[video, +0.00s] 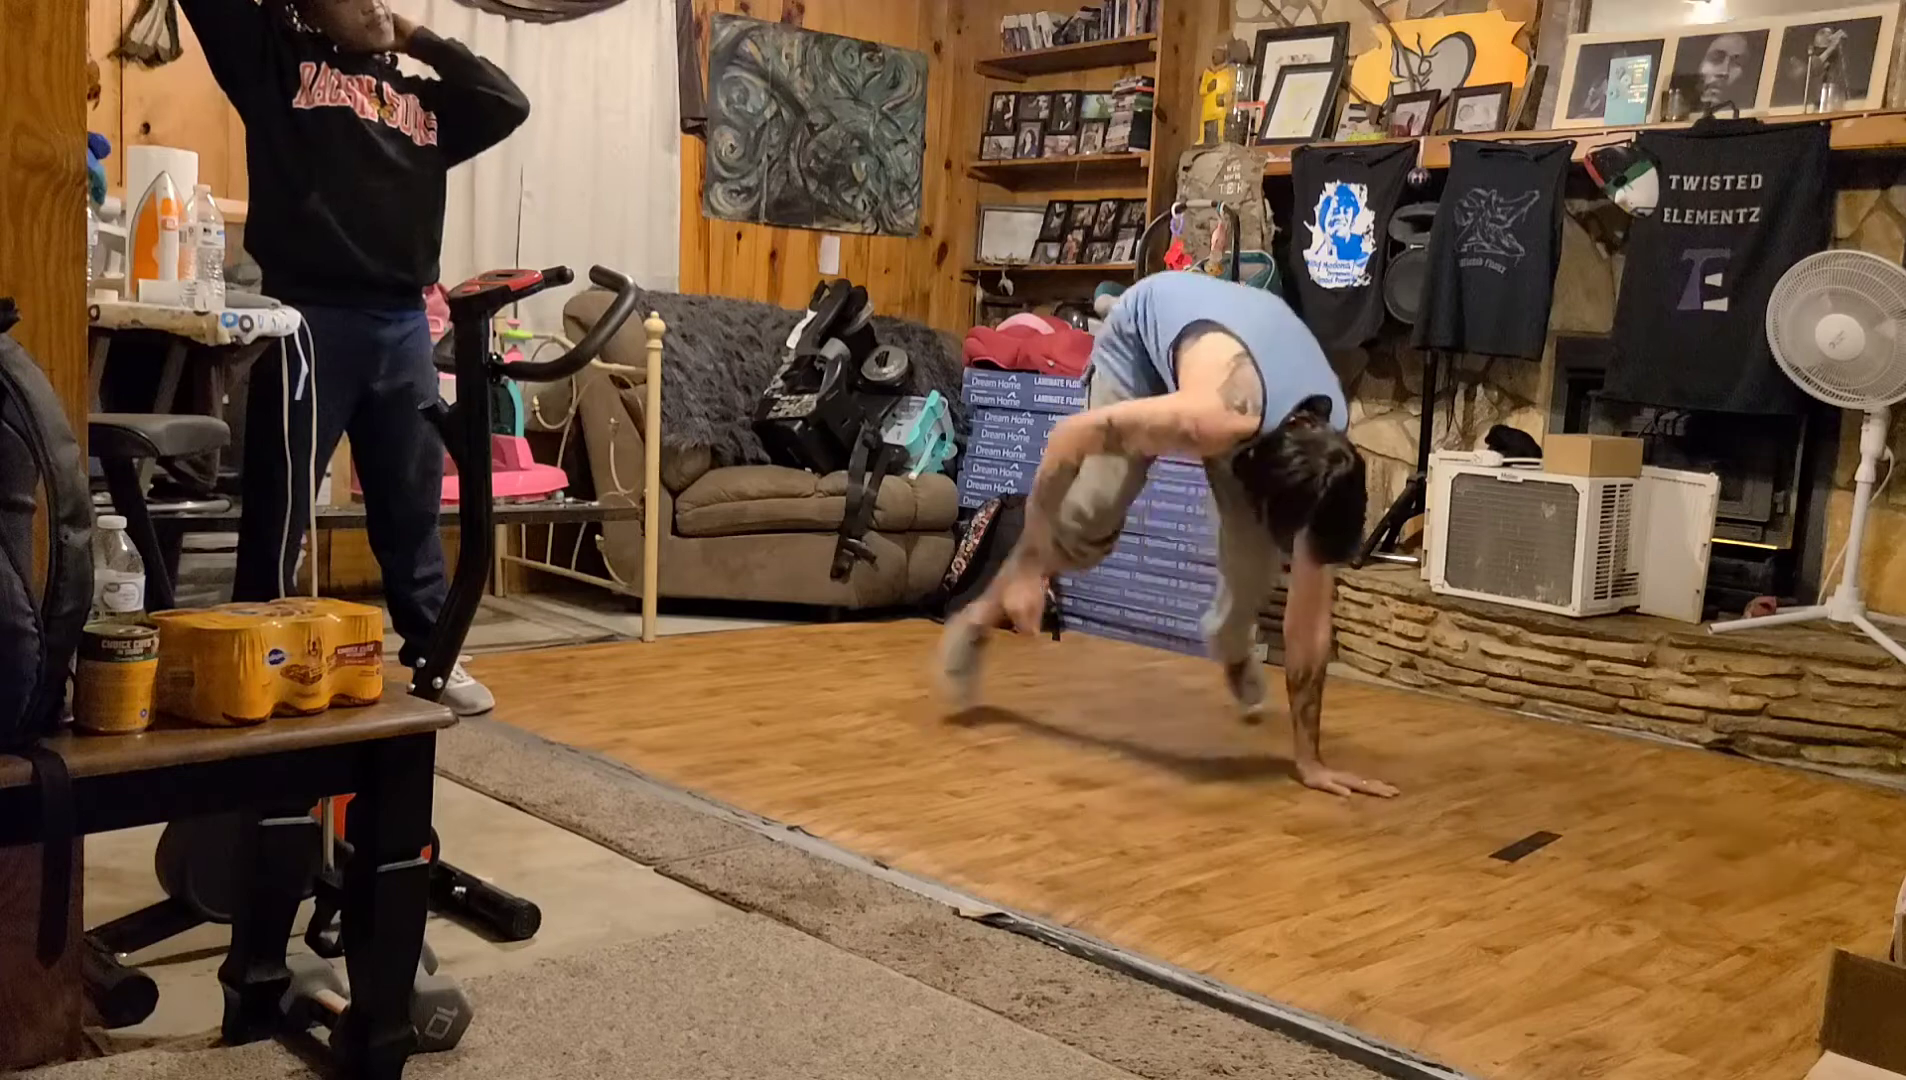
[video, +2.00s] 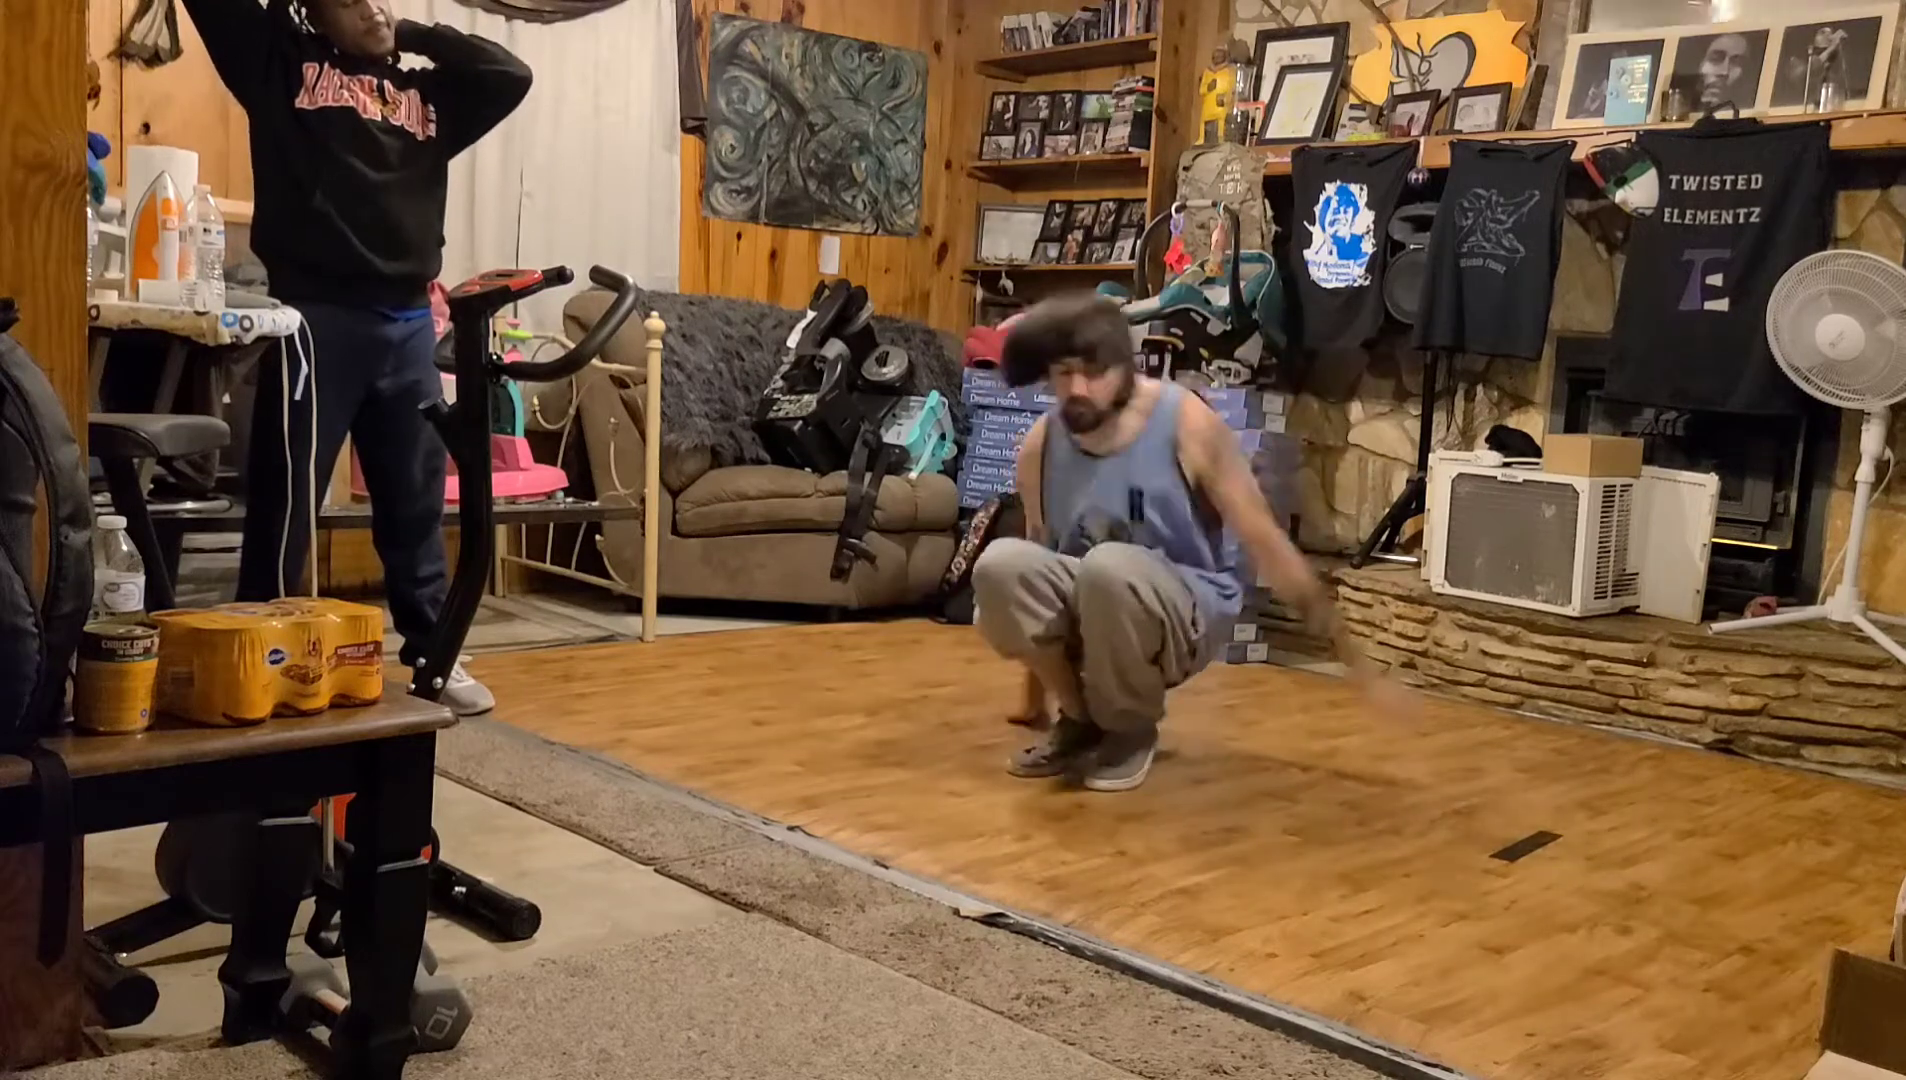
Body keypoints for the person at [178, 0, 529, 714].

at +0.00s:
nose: (378, 8)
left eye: (378, 0)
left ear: (383, 16)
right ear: (313, 10)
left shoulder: (421, 103)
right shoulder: (273, 57)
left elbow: (507, 105)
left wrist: (419, 38)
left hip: (401, 325)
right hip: (306, 320)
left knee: (412, 503)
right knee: (280, 504)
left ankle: (432, 657)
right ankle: (255, 663)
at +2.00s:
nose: (378, 10)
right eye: (355, 2)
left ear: (382, 13)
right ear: (315, 15)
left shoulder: (426, 96)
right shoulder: (278, 61)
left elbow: (510, 78)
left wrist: (416, 36)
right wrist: (282, 10)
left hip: (406, 326)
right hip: (314, 322)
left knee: (416, 505)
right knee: (286, 504)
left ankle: (432, 659)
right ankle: (259, 665)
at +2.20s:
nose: (377, 10)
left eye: (377, 0)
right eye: (354, 1)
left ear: (383, 13)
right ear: (314, 15)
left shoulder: (424, 92)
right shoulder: (279, 60)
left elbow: (507, 54)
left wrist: (415, 28)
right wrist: (281, 10)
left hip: (407, 326)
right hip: (314, 322)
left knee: (416, 505)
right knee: (286, 505)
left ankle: (432, 658)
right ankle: (259, 664)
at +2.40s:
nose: (377, 11)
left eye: (377, 0)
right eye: (353, 3)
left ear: (385, 11)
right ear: (315, 16)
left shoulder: (426, 86)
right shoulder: (278, 59)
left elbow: (500, 30)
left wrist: (414, 17)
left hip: (406, 325)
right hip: (312, 322)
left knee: (417, 505)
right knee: (284, 505)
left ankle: (432, 658)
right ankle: (257, 664)